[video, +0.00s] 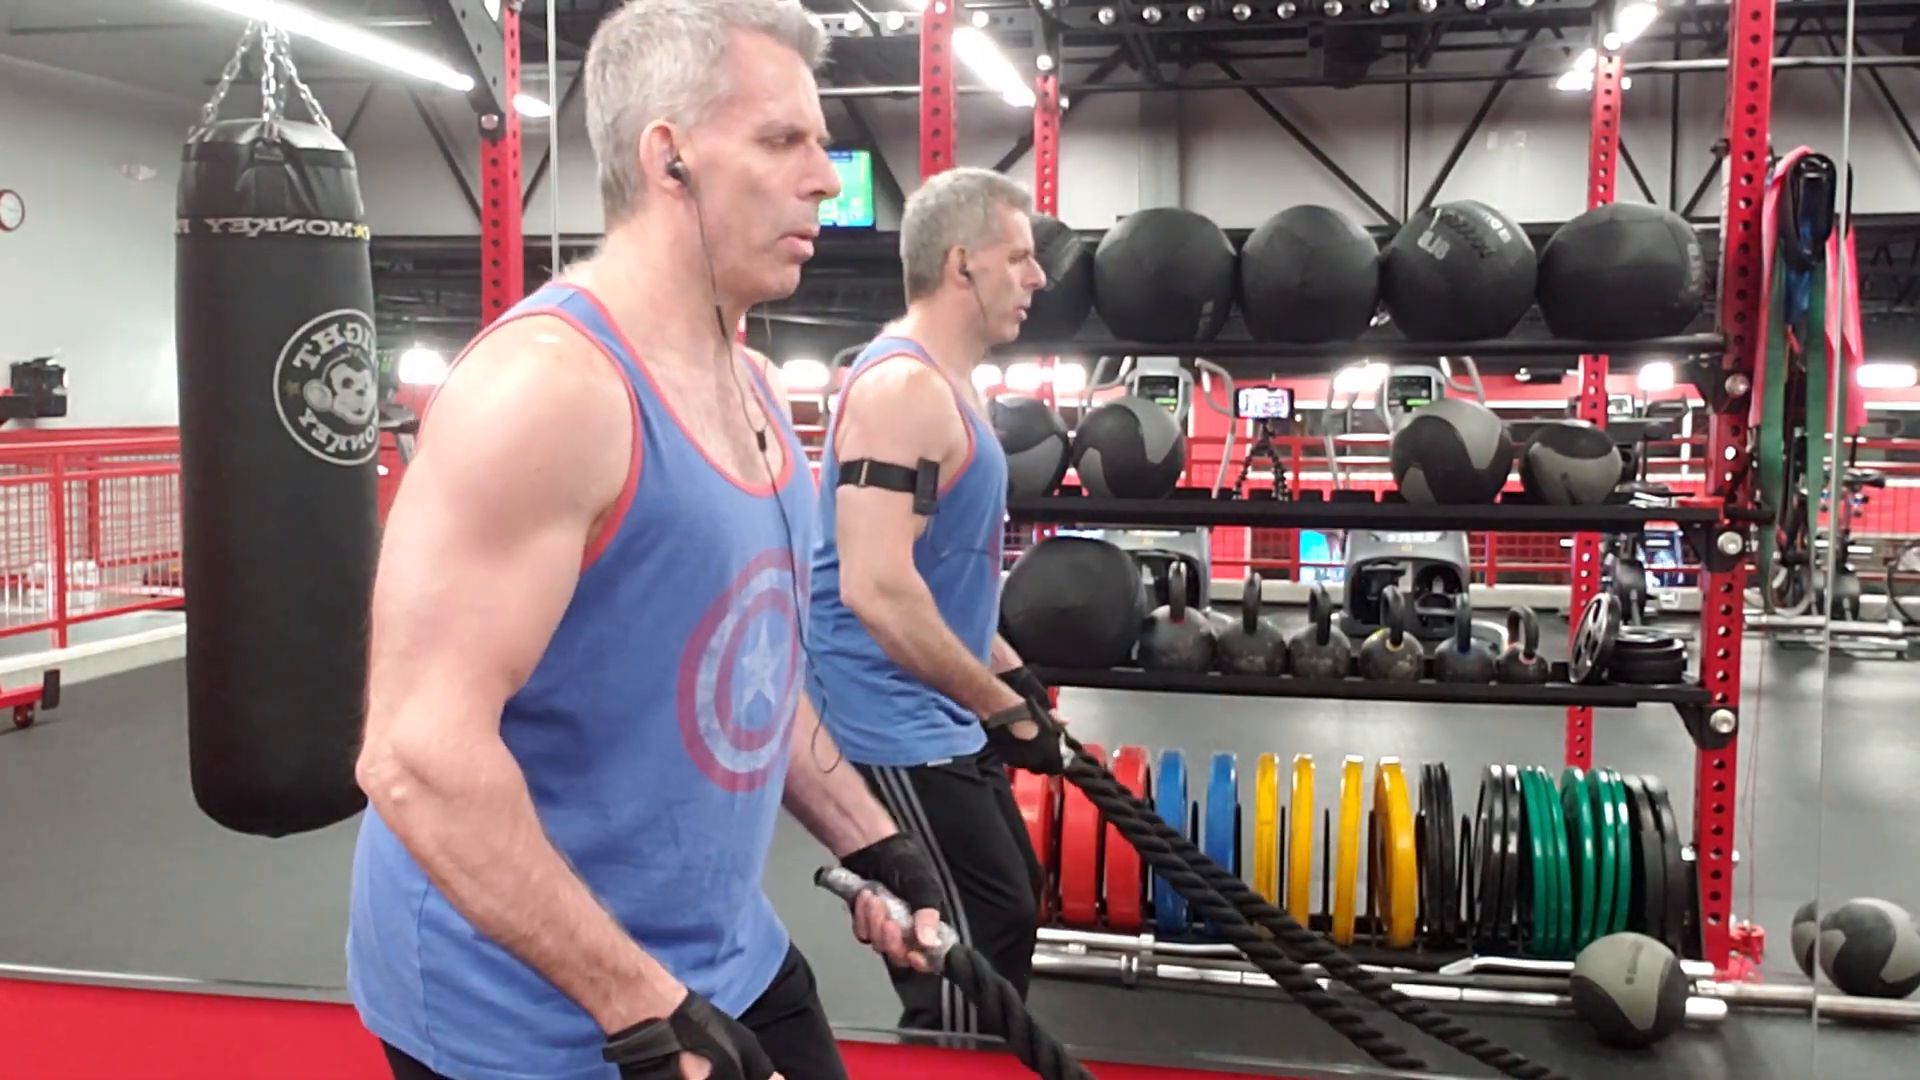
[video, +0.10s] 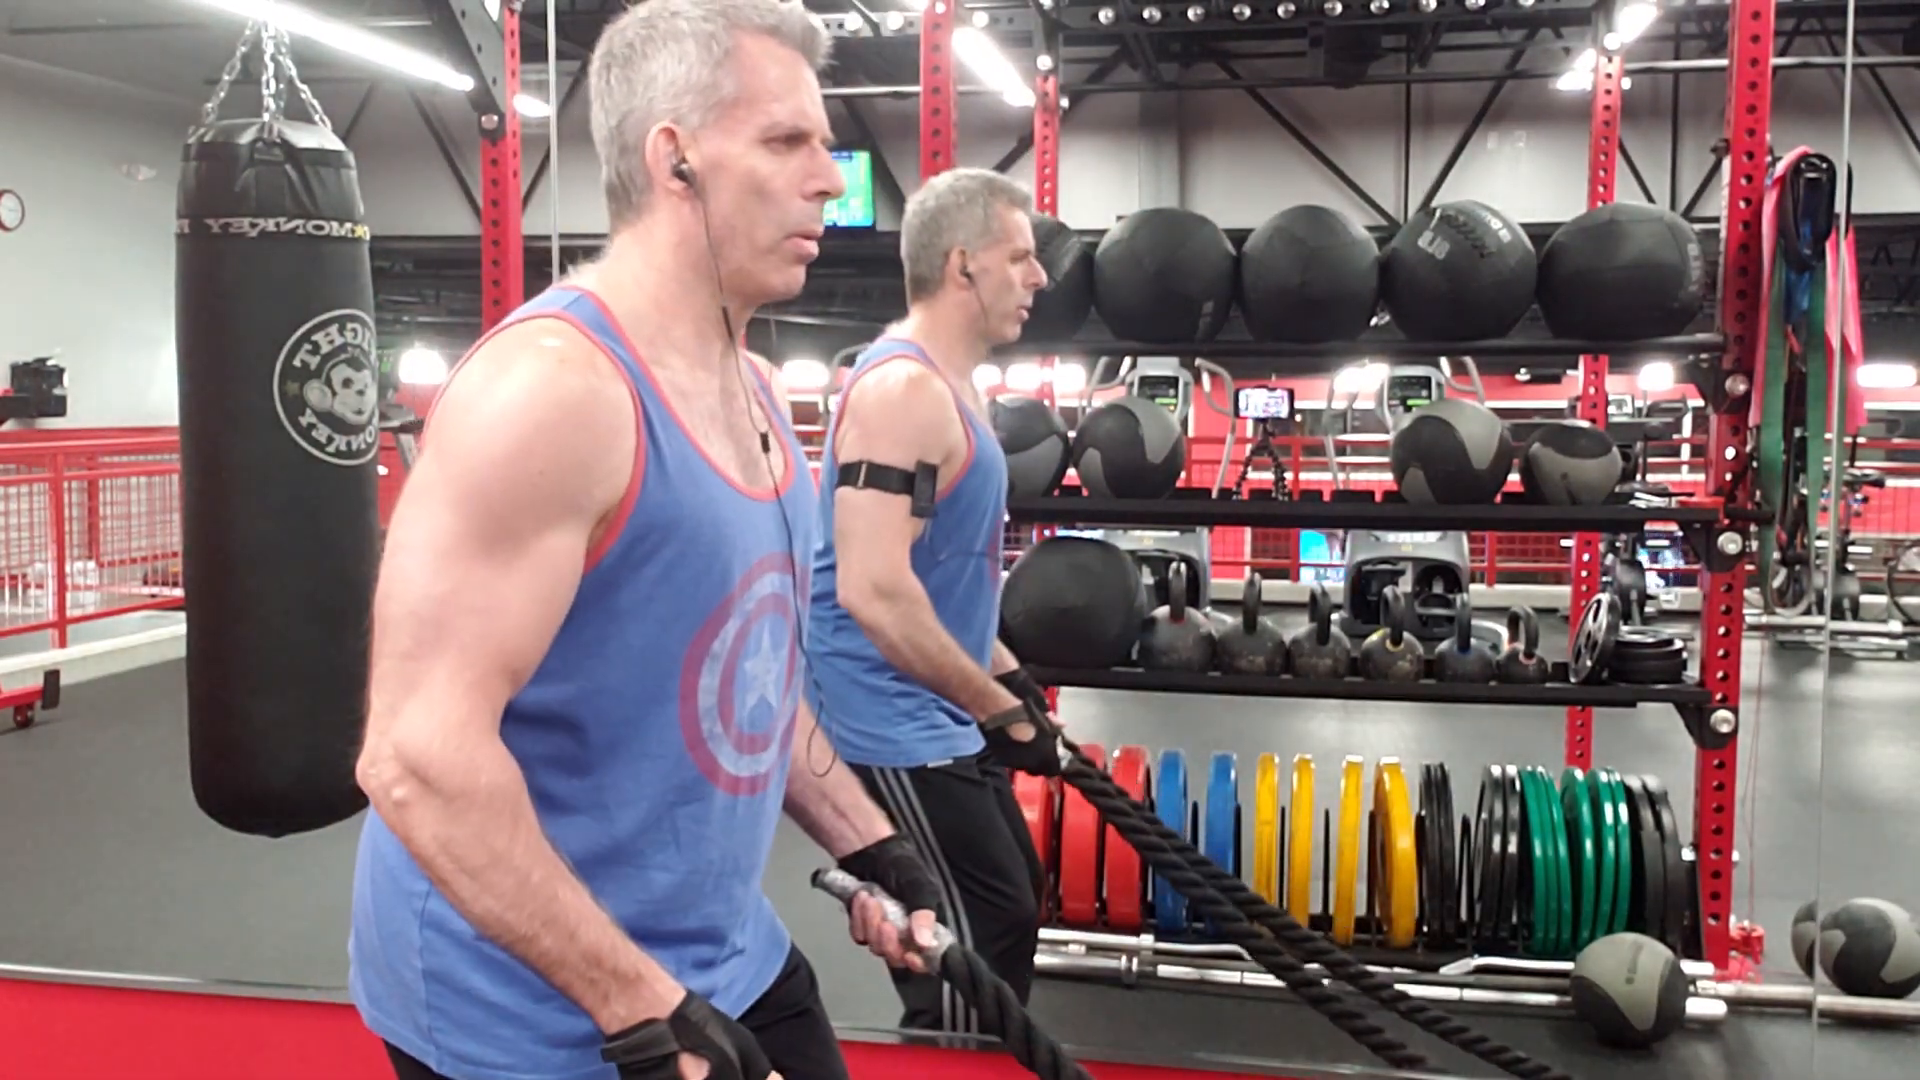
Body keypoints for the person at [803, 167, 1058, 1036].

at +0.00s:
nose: (1037, 279)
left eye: (1034, 258)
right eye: (1021, 257)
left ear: (969, 270)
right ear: (963, 266)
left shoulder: (949, 387)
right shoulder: (901, 386)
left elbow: (943, 580)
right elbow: (877, 584)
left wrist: (1012, 676)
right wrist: (996, 706)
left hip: (946, 723)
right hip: (894, 729)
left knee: (1000, 923)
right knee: (993, 928)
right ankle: (956, 1078)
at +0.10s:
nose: (1039, 278)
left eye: (1035, 258)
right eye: (1022, 257)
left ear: (970, 271)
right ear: (964, 267)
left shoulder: (949, 387)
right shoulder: (901, 387)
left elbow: (945, 580)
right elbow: (875, 587)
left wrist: (1010, 679)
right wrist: (994, 706)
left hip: (946, 723)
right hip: (894, 730)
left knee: (1004, 922)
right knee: (993, 929)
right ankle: (957, 1078)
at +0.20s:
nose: (1040, 279)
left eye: (1036, 259)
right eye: (1023, 258)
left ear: (971, 273)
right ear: (966, 269)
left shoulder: (948, 388)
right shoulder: (901, 388)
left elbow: (944, 580)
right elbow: (874, 589)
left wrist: (1009, 680)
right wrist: (994, 707)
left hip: (946, 724)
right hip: (894, 731)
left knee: (1005, 921)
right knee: (996, 929)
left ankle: (965, 1072)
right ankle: (959, 1078)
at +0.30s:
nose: (1041, 280)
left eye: (1038, 260)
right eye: (1024, 259)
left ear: (971, 274)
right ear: (966, 270)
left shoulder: (949, 389)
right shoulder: (903, 390)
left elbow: (945, 582)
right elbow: (876, 591)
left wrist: (1008, 682)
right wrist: (996, 708)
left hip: (945, 723)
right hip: (894, 730)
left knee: (1009, 920)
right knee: (996, 928)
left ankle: (969, 1074)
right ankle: (959, 1078)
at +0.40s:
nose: (1045, 283)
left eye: (1041, 262)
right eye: (1028, 261)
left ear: (975, 274)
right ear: (970, 270)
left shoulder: (950, 390)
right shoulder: (905, 390)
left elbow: (939, 583)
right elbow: (877, 591)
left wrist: (1003, 687)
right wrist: (998, 707)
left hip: (946, 723)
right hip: (895, 729)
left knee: (1010, 921)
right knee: (995, 930)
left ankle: (971, 1073)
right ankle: (956, 1078)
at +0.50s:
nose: (1047, 285)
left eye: (1045, 265)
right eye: (1032, 264)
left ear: (977, 276)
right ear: (974, 273)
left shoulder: (950, 390)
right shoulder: (908, 391)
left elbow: (926, 581)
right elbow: (877, 589)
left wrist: (999, 695)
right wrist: (999, 704)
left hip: (946, 727)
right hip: (896, 733)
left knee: (1009, 921)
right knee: (998, 929)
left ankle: (966, 1074)